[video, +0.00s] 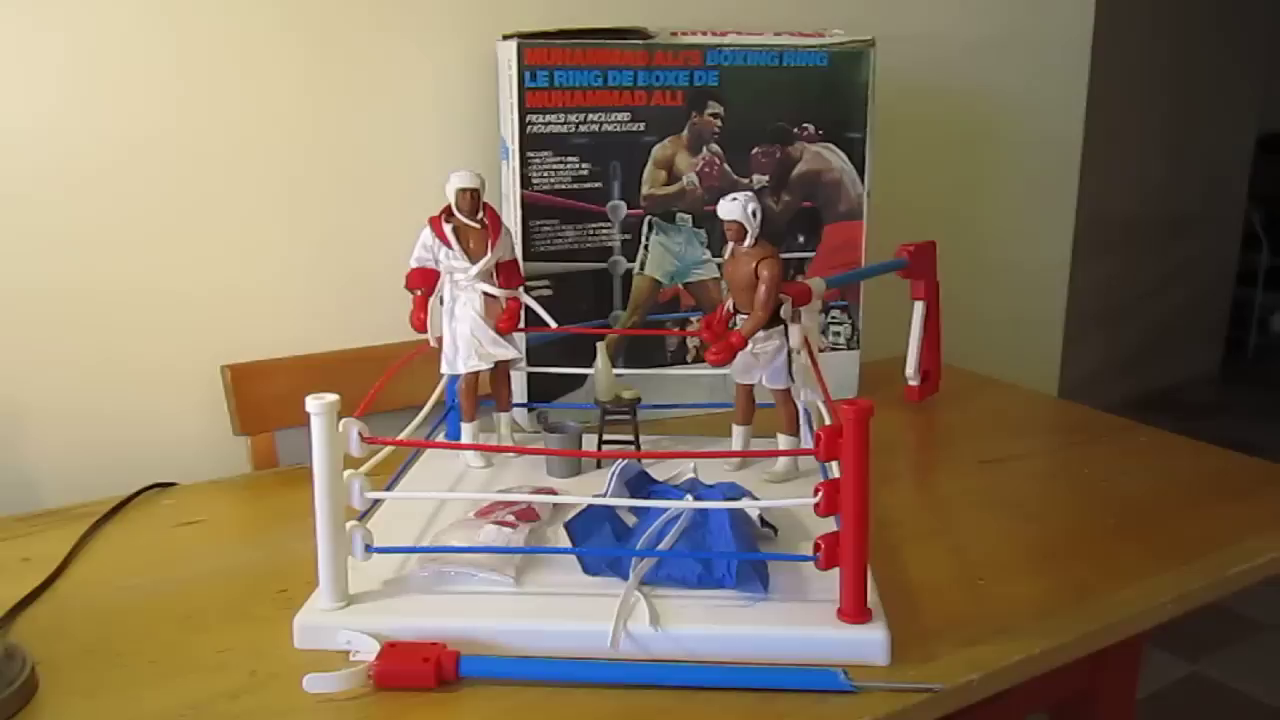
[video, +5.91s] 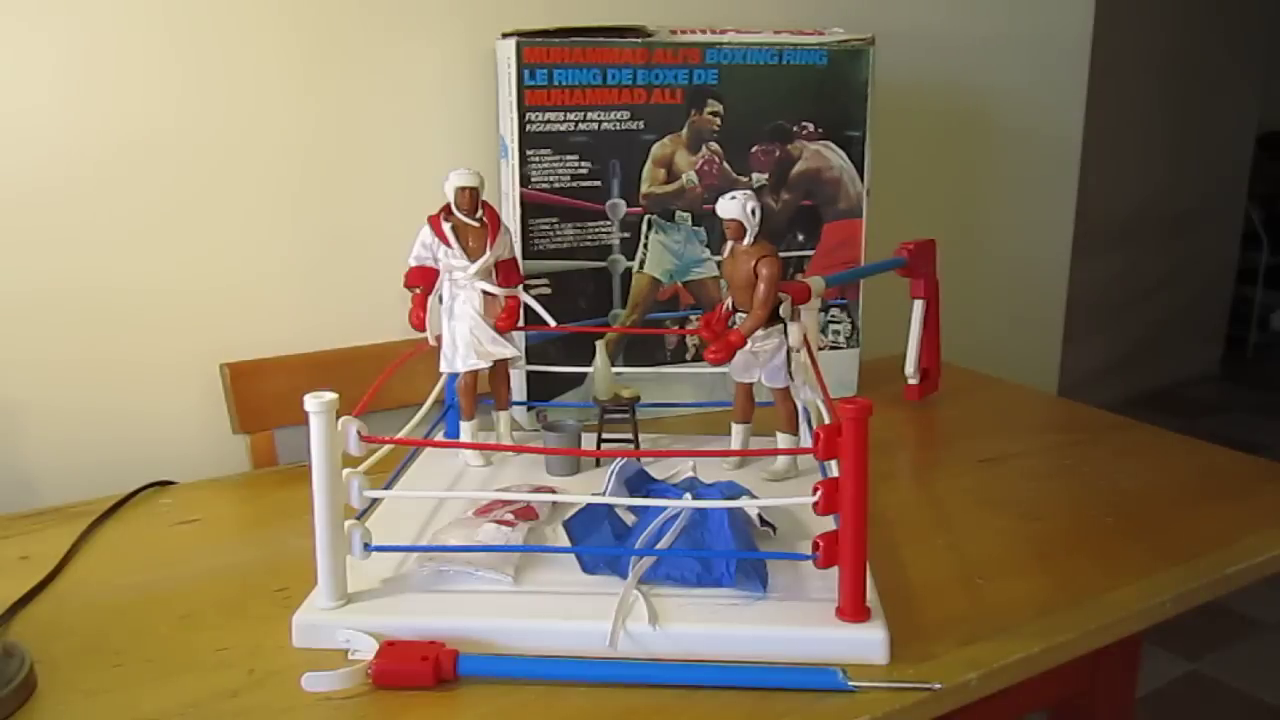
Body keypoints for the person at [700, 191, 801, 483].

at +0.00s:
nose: (726, 230)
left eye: (731, 225)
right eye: (724, 224)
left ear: (748, 225)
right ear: (725, 225)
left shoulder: (767, 261)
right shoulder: (731, 252)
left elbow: (762, 313)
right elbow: (735, 292)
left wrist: (737, 340)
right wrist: (721, 316)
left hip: (770, 333)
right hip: (743, 330)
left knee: (780, 392)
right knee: (743, 387)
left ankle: (788, 457)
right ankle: (739, 450)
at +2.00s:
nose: (725, 228)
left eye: (730, 223)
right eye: (723, 223)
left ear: (748, 223)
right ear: (724, 223)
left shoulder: (767, 263)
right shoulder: (731, 250)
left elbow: (761, 314)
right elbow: (735, 292)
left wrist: (736, 340)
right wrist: (719, 318)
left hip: (768, 333)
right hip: (742, 329)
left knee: (780, 392)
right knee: (742, 387)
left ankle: (787, 457)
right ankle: (737, 450)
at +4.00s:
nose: (725, 228)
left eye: (730, 223)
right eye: (723, 222)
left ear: (748, 223)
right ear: (723, 223)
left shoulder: (767, 261)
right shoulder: (729, 250)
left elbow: (761, 313)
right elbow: (734, 291)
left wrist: (736, 338)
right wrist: (719, 315)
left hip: (769, 332)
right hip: (742, 329)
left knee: (780, 390)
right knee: (742, 386)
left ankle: (787, 456)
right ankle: (738, 450)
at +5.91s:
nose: (725, 227)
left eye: (731, 222)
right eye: (724, 222)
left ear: (748, 222)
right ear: (724, 222)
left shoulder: (767, 260)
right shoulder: (730, 250)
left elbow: (761, 312)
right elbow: (736, 292)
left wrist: (735, 338)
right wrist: (721, 315)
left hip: (769, 333)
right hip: (743, 329)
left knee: (779, 390)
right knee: (742, 385)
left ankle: (787, 456)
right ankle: (738, 449)